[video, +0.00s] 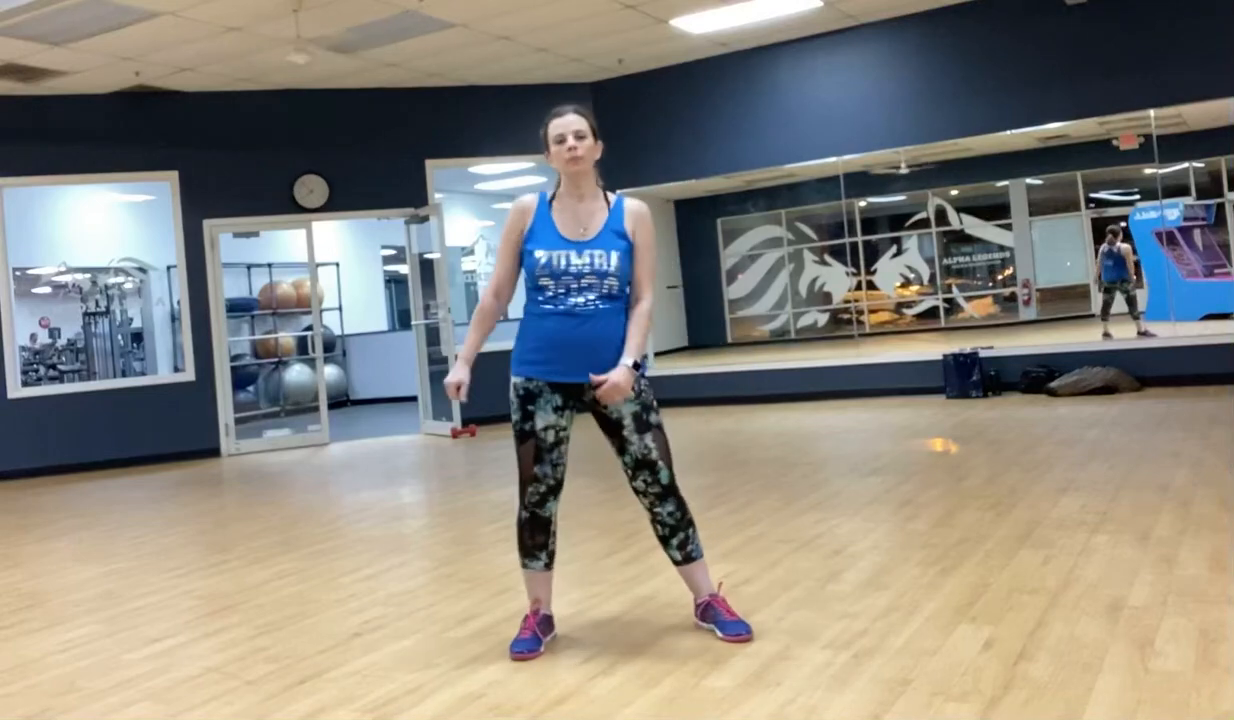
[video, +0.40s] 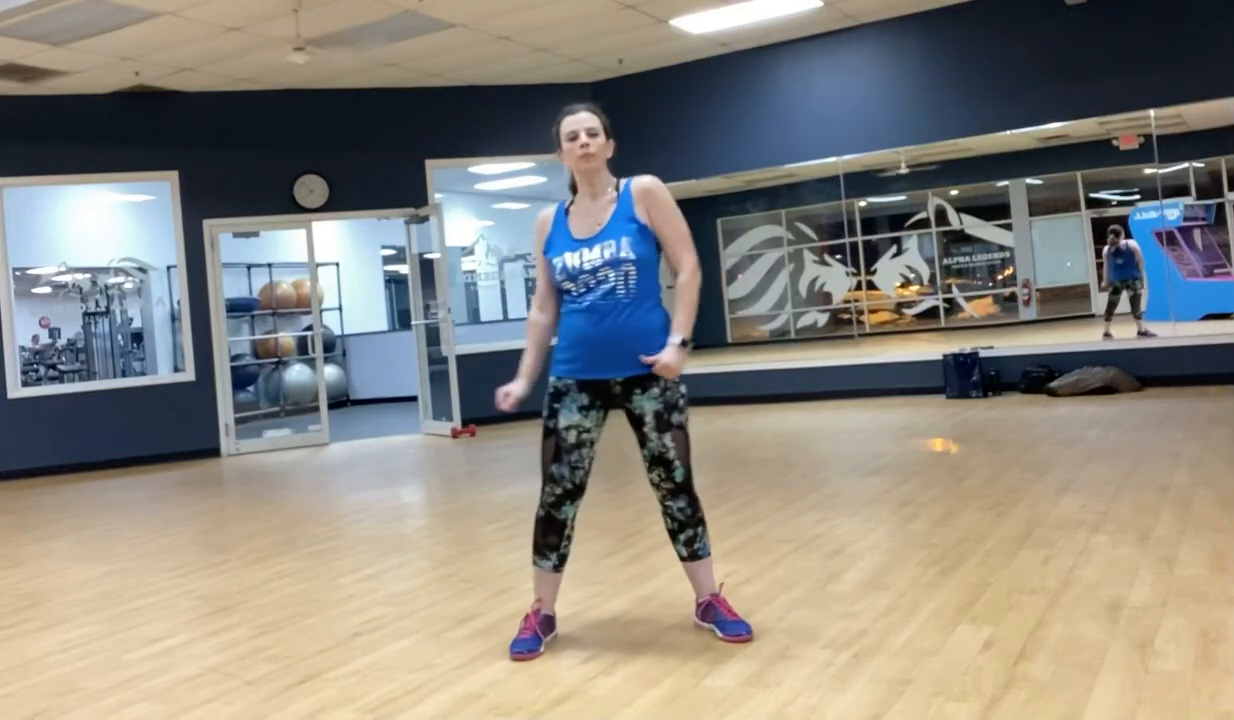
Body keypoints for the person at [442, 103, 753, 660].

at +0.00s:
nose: (571, 146)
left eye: (579, 137)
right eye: (560, 140)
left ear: (598, 146)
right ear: (547, 154)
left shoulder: (632, 213)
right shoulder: (526, 214)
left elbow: (642, 299)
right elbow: (496, 296)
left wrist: (627, 364)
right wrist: (465, 359)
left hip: (614, 373)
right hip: (540, 378)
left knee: (658, 485)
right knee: (537, 496)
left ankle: (708, 600)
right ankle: (538, 613)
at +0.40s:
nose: (584, 143)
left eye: (592, 134)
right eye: (573, 137)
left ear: (609, 142)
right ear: (561, 151)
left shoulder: (643, 192)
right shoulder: (550, 221)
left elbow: (689, 268)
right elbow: (543, 310)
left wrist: (679, 343)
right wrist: (524, 379)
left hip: (647, 371)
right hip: (575, 377)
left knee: (675, 485)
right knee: (558, 493)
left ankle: (709, 600)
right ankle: (542, 612)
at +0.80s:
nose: (626, 149)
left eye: (629, 140)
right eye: (613, 141)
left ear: (634, 147)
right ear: (584, 151)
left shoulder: (658, 192)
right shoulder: (564, 227)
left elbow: (723, 252)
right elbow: (571, 313)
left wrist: (747, 319)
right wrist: (579, 381)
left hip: (689, 364)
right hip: (616, 378)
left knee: (697, 482)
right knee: (584, 490)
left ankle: (711, 600)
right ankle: (548, 611)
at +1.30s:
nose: (616, 163)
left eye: (620, 153)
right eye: (603, 156)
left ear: (624, 157)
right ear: (574, 163)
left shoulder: (634, 230)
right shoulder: (542, 208)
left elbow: (674, 305)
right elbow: (505, 284)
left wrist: (735, 343)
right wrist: (522, 357)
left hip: (651, 371)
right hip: (579, 381)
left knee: (675, 485)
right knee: (570, 499)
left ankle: (709, 601)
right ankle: (547, 615)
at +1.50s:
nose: (594, 157)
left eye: (595, 147)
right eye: (580, 155)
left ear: (604, 150)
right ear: (559, 169)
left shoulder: (628, 229)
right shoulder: (539, 202)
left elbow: (643, 307)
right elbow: (486, 270)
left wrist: (683, 344)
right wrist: (464, 342)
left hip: (626, 371)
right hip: (555, 377)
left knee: (664, 482)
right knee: (554, 496)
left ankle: (705, 601)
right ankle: (546, 614)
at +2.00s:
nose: (591, 155)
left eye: (589, 143)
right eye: (576, 156)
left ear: (601, 143)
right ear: (562, 176)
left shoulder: (652, 203)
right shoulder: (552, 224)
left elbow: (707, 263)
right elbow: (536, 304)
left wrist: (696, 328)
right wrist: (510, 372)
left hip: (649, 371)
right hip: (572, 376)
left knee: (682, 484)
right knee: (559, 490)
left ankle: (712, 599)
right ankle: (545, 613)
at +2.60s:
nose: (578, 142)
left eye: (583, 133)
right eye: (565, 139)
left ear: (599, 143)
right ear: (550, 156)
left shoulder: (635, 215)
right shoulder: (528, 220)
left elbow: (659, 296)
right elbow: (476, 293)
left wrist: (698, 329)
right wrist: (439, 350)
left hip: (637, 371)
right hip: (560, 379)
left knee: (667, 484)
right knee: (552, 497)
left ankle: (710, 600)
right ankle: (545, 615)